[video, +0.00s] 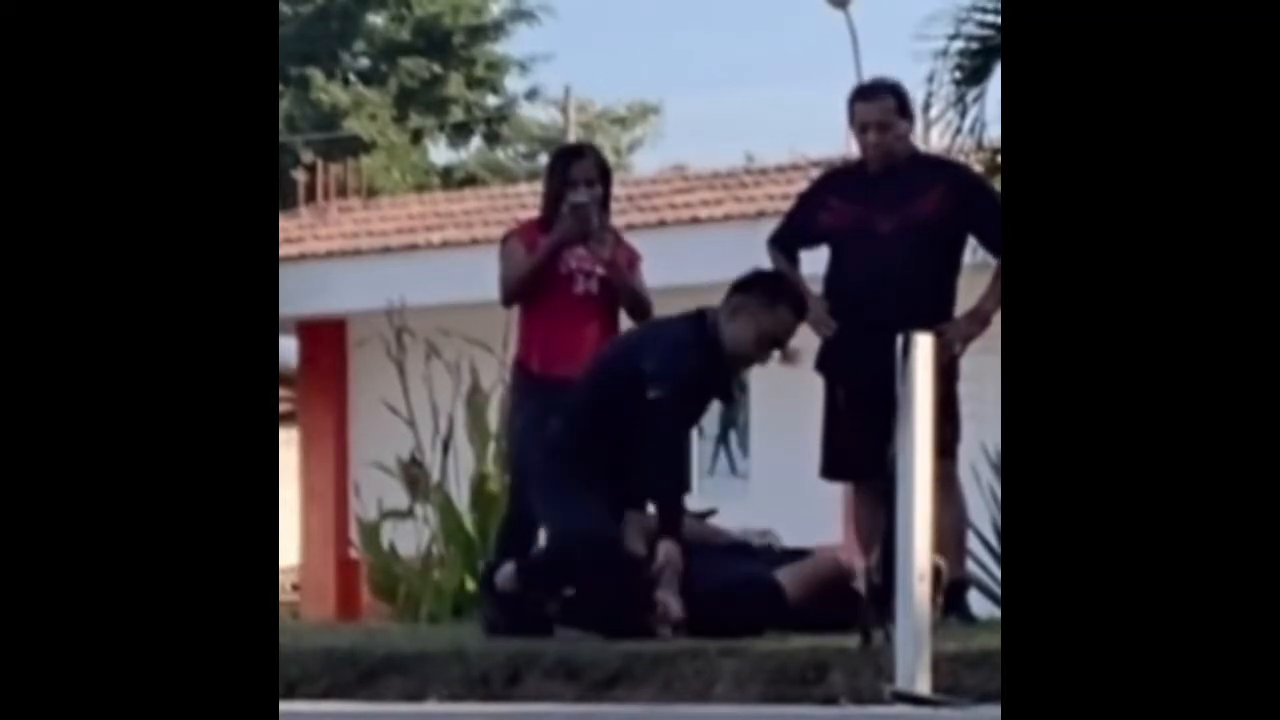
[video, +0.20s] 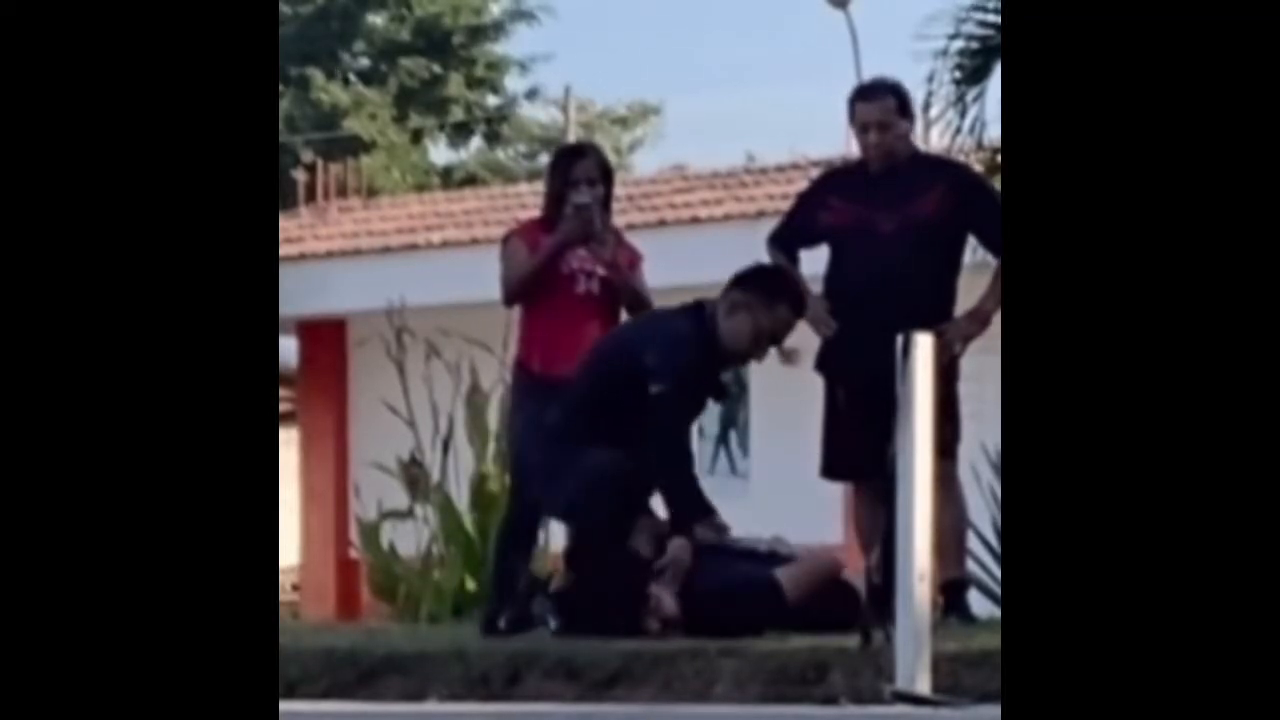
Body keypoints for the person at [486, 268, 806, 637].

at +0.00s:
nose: (767, 357)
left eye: (777, 347)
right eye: (769, 341)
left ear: (739, 312)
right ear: (738, 311)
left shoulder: (707, 357)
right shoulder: (678, 353)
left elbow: (666, 439)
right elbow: (663, 448)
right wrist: (669, 535)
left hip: (613, 471)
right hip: (569, 466)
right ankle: (521, 582)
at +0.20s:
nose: (761, 354)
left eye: (771, 344)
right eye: (764, 337)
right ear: (734, 308)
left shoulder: (699, 352)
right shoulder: (677, 347)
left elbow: (666, 450)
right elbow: (666, 451)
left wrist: (690, 524)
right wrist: (696, 520)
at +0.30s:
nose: (758, 350)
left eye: (767, 340)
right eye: (761, 334)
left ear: (732, 306)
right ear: (733, 307)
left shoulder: (688, 340)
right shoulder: (675, 343)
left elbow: (671, 448)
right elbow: (670, 450)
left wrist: (694, 526)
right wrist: (702, 525)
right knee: (599, 615)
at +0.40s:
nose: (755, 347)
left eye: (763, 337)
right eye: (757, 331)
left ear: (729, 301)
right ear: (730, 301)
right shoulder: (671, 333)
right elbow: (678, 443)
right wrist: (706, 524)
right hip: (558, 460)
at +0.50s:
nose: (755, 347)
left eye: (764, 337)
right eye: (758, 331)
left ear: (730, 302)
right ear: (731, 303)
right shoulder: (671, 332)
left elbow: (675, 440)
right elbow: (677, 442)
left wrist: (700, 521)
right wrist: (707, 525)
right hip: (558, 460)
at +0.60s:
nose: (759, 352)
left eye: (768, 342)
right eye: (760, 335)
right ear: (732, 306)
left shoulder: (694, 346)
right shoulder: (676, 344)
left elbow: (670, 445)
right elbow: (668, 445)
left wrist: (688, 528)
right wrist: (700, 521)